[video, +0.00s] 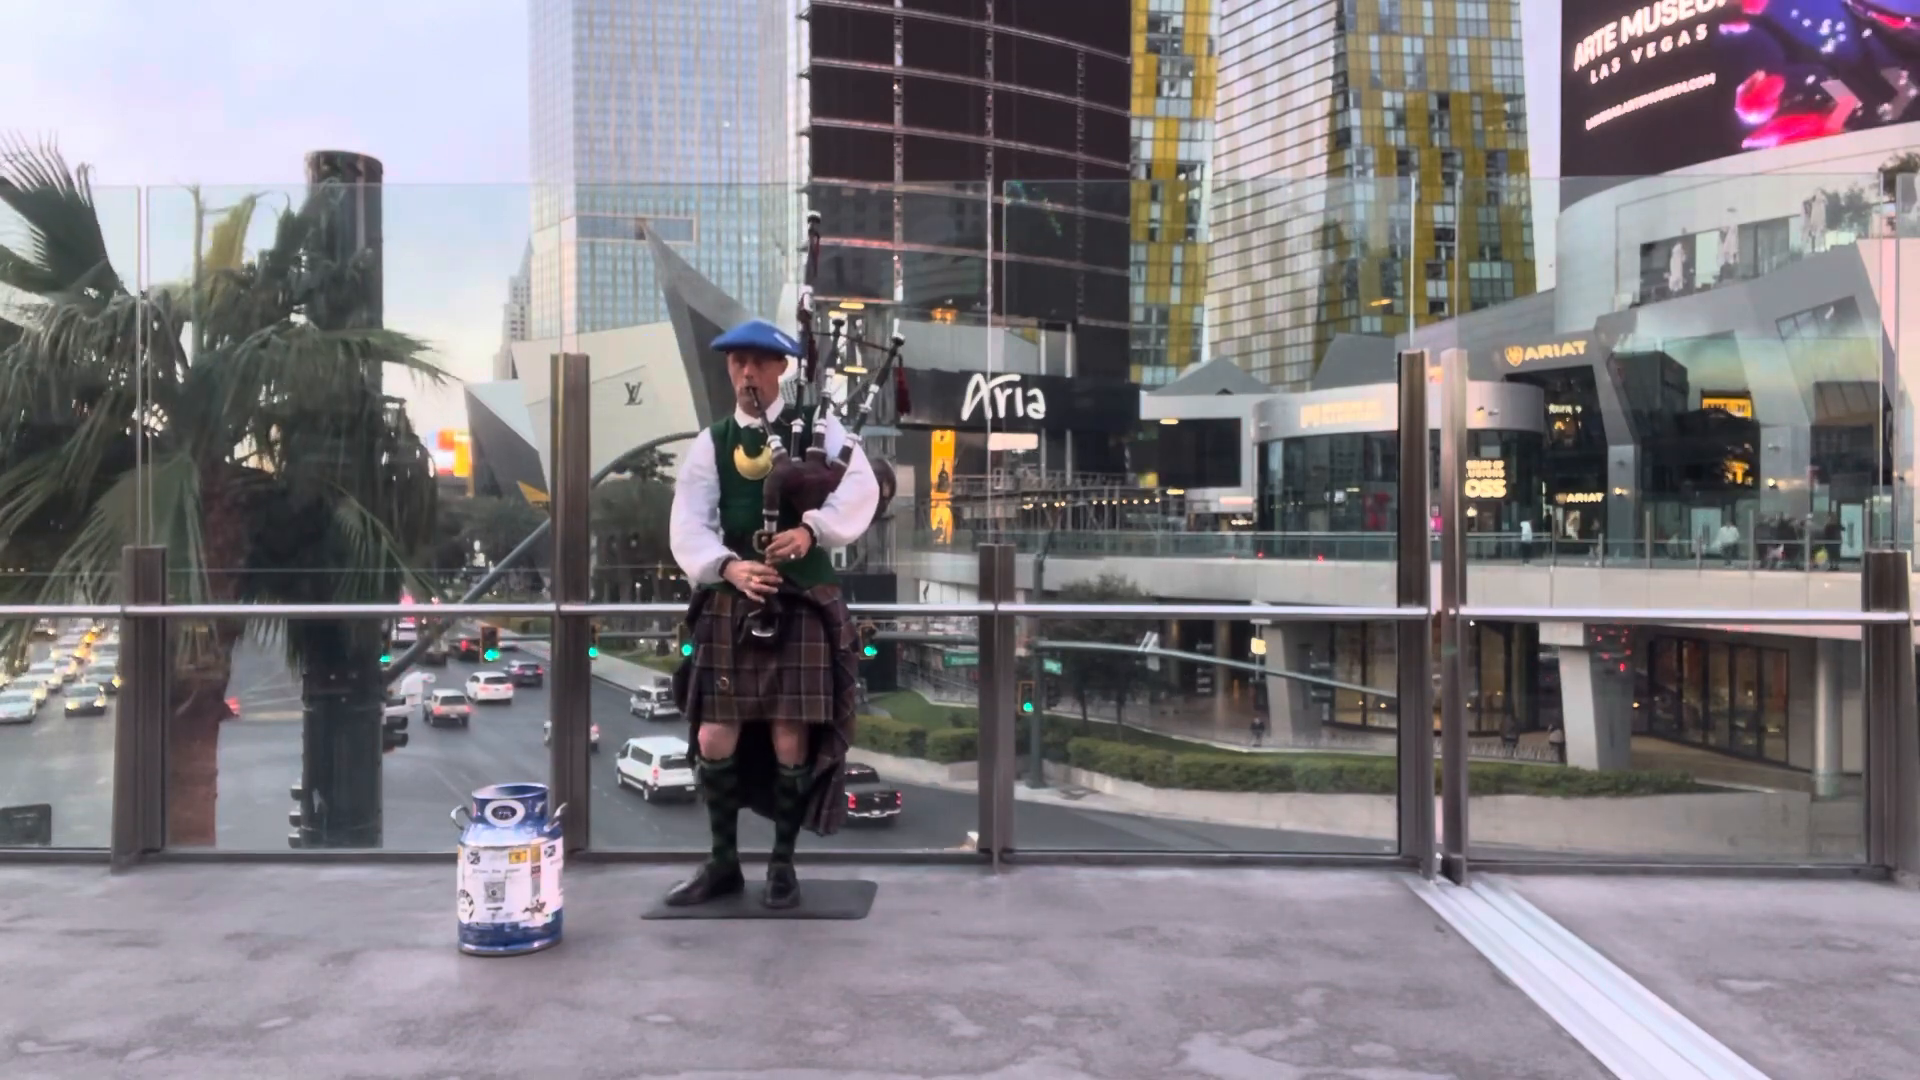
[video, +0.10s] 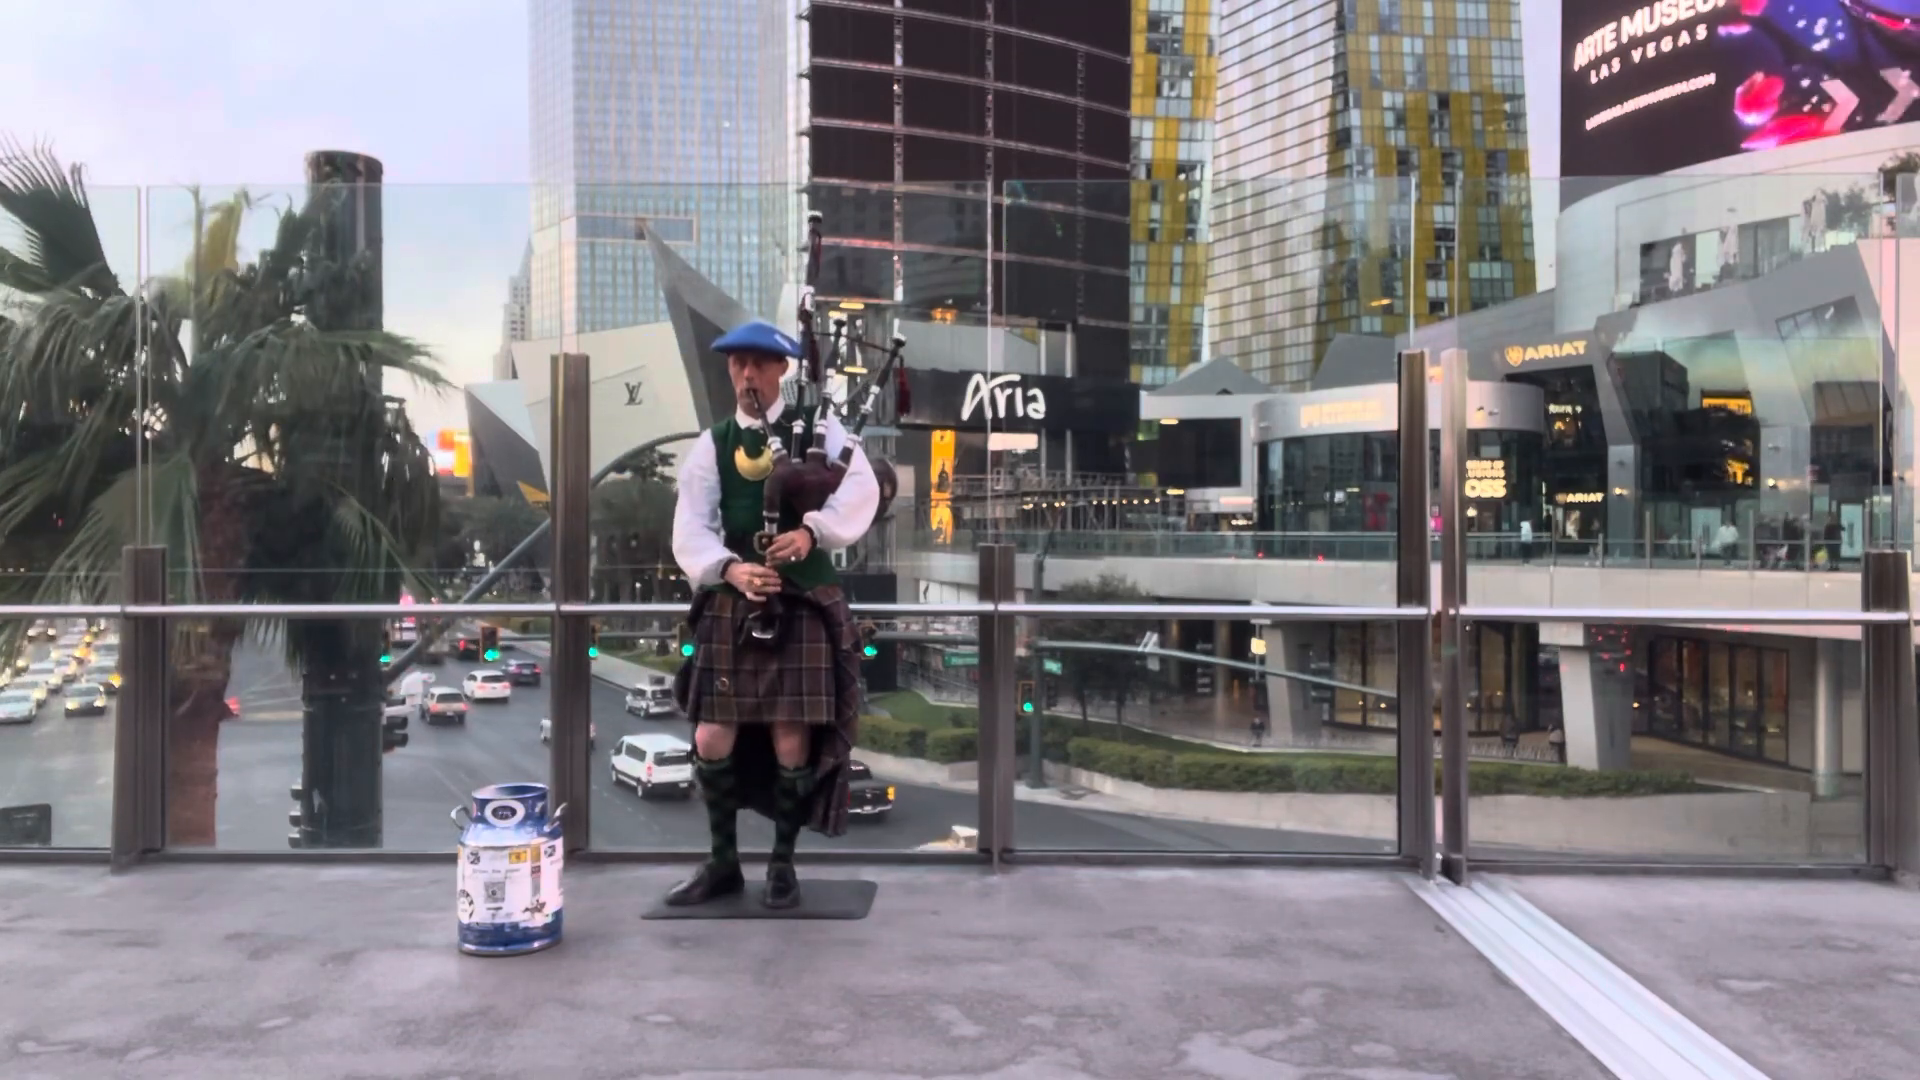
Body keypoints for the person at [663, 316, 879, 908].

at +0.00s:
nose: (748, 373)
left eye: (760, 361)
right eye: (739, 361)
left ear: (784, 369)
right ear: (727, 370)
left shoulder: (819, 428)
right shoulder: (709, 443)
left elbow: (862, 488)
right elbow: (688, 527)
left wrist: (813, 530)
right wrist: (727, 565)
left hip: (802, 597)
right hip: (730, 595)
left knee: (789, 734)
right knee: (714, 734)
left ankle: (782, 863)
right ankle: (723, 863)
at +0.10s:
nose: (748, 374)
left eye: (760, 363)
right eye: (739, 363)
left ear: (785, 370)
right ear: (728, 371)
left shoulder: (820, 429)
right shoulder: (710, 445)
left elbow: (863, 490)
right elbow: (690, 530)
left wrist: (814, 532)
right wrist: (729, 567)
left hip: (803, 597)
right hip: (730, 596)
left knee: (790, 735)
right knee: (711, 735)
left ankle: (782, 863)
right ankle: (723, 863)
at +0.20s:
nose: (747, 375)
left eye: (759, 363)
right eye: (739, 364)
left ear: (785, 370)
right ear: (728, 372)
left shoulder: (819, 427)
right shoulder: (711, 445)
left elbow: (863, 490)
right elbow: (690, 529)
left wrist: (814, 532)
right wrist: (728, 567)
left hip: (804, 598)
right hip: (732, 596)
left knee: (791, 733)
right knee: (707, 735)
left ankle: (782, 863)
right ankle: (724, 861)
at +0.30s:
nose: (747, 374)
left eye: (759, 363)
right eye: (738, 363)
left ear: (784, 369)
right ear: (727, 372)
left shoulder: (819, 427)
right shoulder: (711, 444)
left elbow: (862, 489)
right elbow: (689, 529)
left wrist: (813, 532)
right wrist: (726, 566)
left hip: (803, 596)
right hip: (731, 595)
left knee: (791, 730)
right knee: (709, 732)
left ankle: (782, 864)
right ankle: (725, 861)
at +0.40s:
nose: (745, 374)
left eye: (757, 363)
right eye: (736, 363)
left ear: (782, 369)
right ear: (725, 372)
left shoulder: (818, 427)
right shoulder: (710, 444)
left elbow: (860, 489)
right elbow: (687, 528)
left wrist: (811, 532)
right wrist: (725, 567)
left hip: (803, 595)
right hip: (731, 593)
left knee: (791, 728)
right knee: (715, 731)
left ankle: (781, 863)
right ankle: (725, 862)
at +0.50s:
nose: (742, 374)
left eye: (754, 362)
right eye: (734, 363)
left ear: (781, 368)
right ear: (724, 372)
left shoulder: (818, 427)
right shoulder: (710, 443)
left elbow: (859, 486)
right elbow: (686, 527)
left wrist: (810, 531)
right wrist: (722, 567)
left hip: (802, 594)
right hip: (730, 593)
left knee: (791, 729)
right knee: (716, 732)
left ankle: (782, 864)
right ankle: (725, 862)